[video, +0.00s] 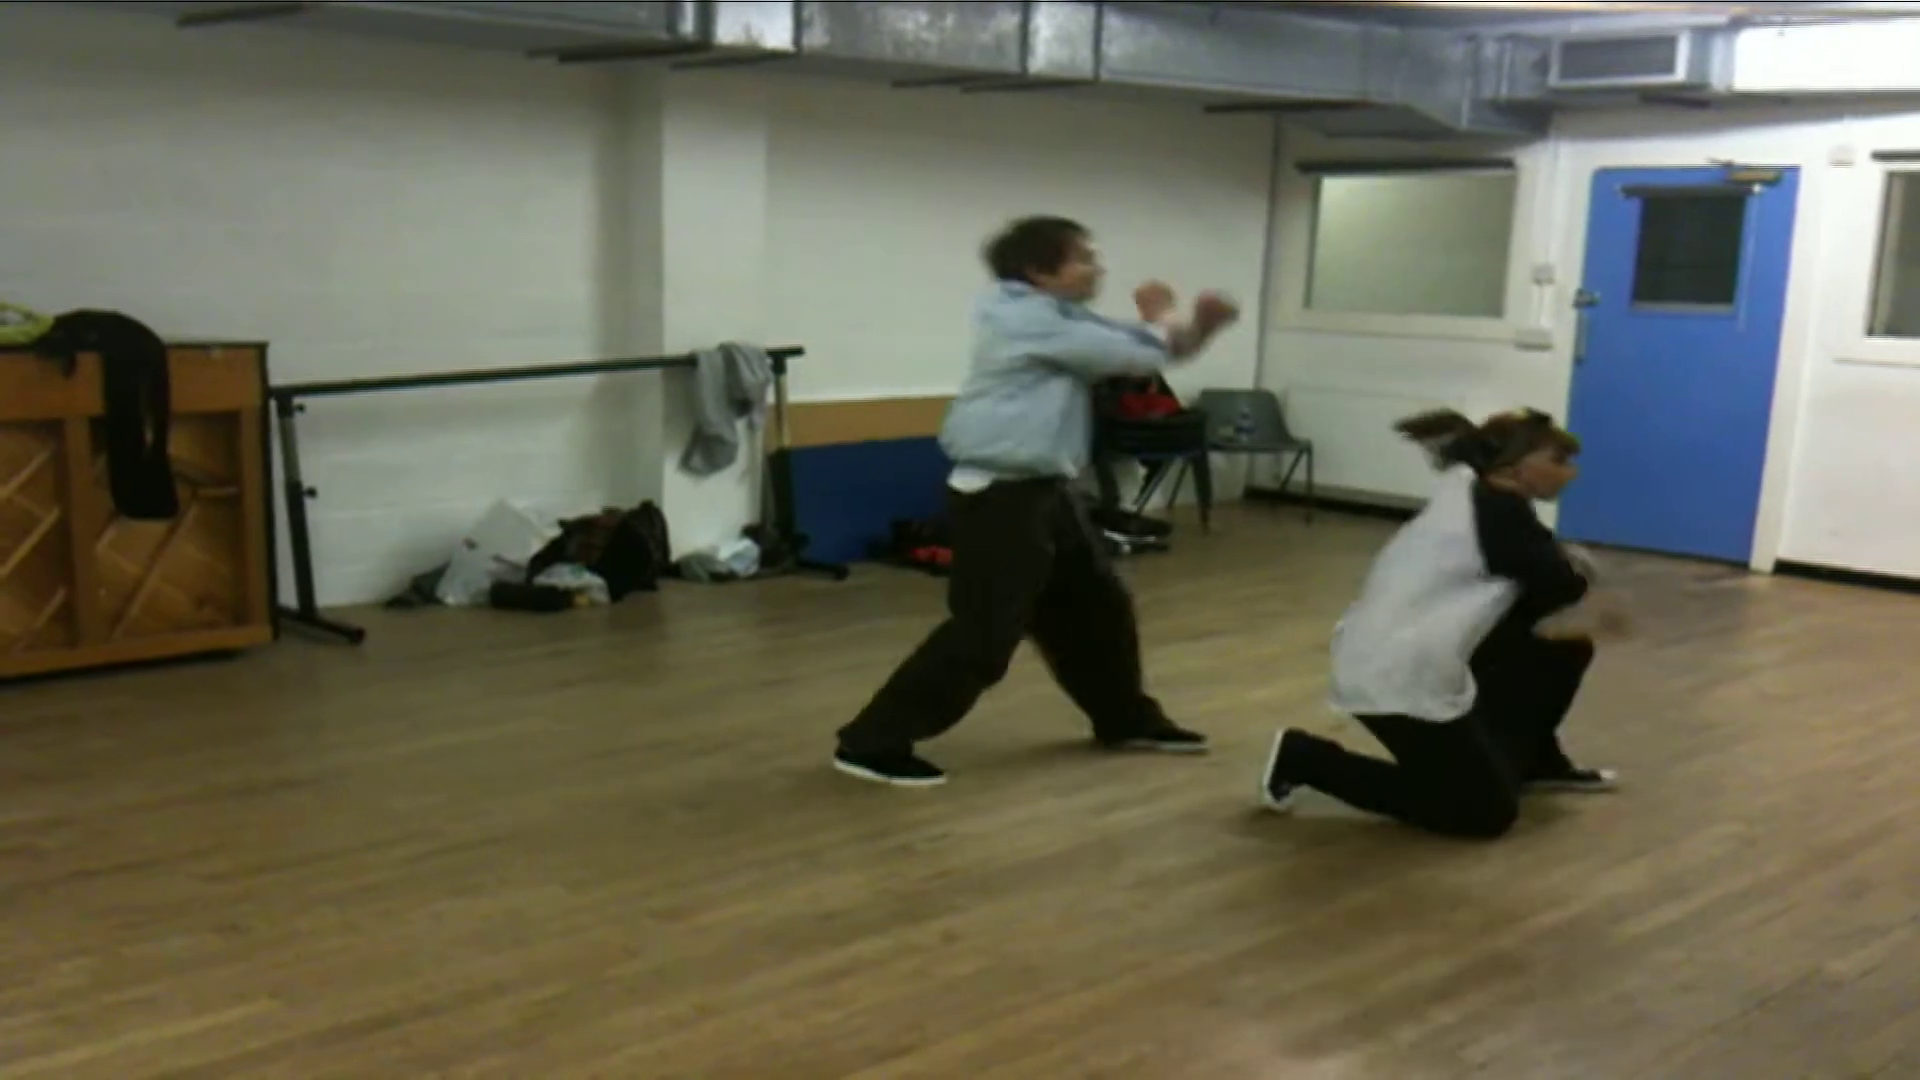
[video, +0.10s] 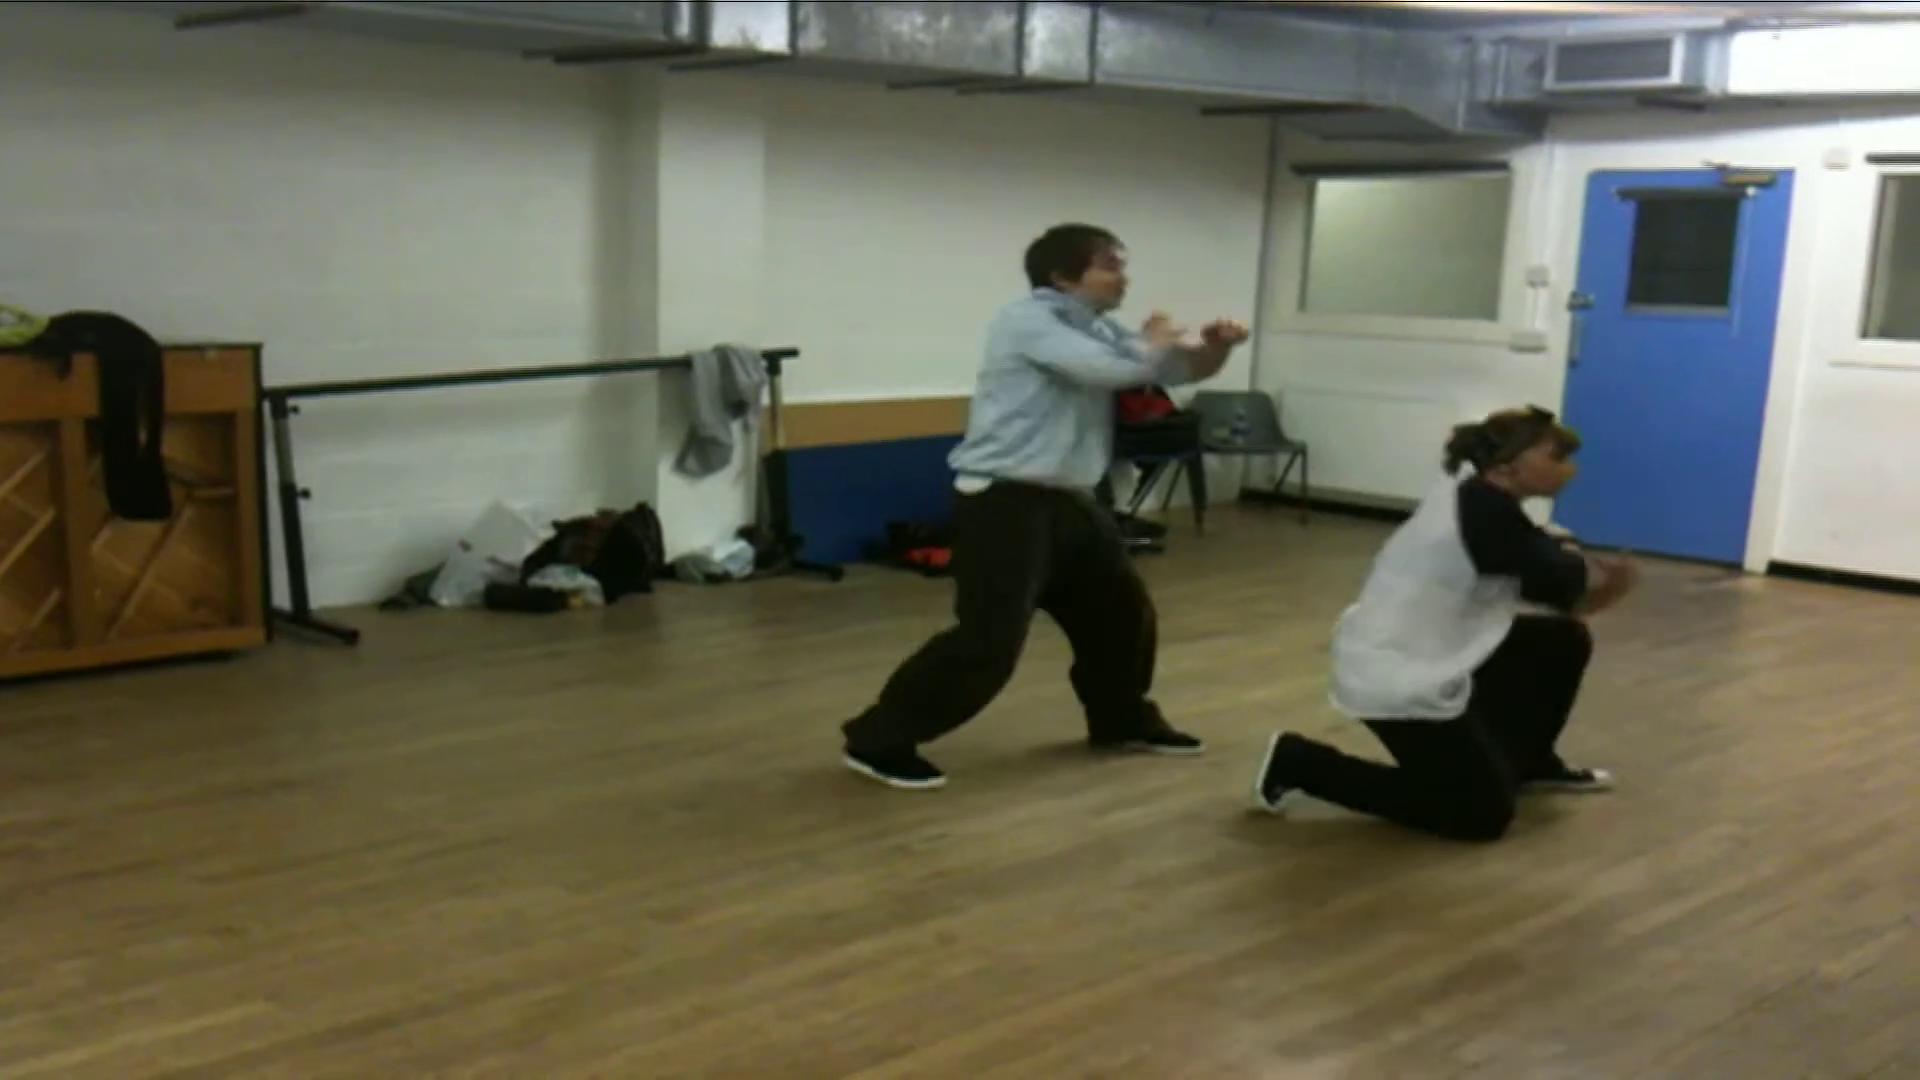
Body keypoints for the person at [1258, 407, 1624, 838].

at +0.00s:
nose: (1569, 471)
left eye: (1568, 460)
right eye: (1557, 460)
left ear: (1510, 468)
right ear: (1517, 468)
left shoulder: (1471, 493)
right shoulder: (1501, 516)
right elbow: (1567, 589)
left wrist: (1579, 618)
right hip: (1396, 682)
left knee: (1565, 649)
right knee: (1484, 812)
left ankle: (1535, 756)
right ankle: (1307, 760)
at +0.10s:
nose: (1567, 468)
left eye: (1564, 456)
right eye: (1555, 457)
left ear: (1505, 469)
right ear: (1508, 469)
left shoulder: (1473, 495)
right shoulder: (1484, 511)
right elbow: (1562, 583)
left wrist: (1589, 595)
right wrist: (1579, 561)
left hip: (1435, 651)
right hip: (1396, 679)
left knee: (1562, 642)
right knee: (1480, 813)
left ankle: (1531, 761)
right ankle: (1301, 763)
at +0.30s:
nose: (1556, 481)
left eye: (1554, 471)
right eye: (1545, 473)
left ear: (1505, 483)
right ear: (1501, 484)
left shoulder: (1513, 513)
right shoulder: (1460, 530)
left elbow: (1571, 483)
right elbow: (1476, 565)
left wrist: (1569, 528)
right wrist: (1542, 554)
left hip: (1462, 651)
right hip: (1409, 677)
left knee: (1596, 646)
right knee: (1476, 812)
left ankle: (1534, 758)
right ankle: (1294, 759)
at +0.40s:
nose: (1580, 471)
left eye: (1580, 461)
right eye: (1570, 460)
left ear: (1532, 468)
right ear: (1528, 467)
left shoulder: (1531, 519)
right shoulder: (1479, 518)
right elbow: (1450, 590)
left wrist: (1540, 618)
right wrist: (1516, 615)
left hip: (1472, 661)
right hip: (1414, 674)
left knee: (1600, 647)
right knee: (1475, 811)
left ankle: (1533, 759)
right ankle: (1293, 759)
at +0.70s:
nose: (1598, 407)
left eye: (1590, 397)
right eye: (1584, 400)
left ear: (1546, 420)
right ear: (1552, 418)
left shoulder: (1521, 461)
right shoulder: (1533, 479)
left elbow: (1513, 559)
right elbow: (1489, 574)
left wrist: (1562, 604)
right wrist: (1522, 646)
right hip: (1423, 635)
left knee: (1609, 654)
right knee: (1476, 767)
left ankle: (1532, 759)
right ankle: (1283, 758)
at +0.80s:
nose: (1572, 374)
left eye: (1566, 363)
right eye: (1556, 366)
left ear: (1527, 391)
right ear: (1520, 388)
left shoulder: (1533, 451)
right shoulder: (1497, 451)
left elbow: (1577, 531)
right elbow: (1569, 528)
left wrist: (1633, 575)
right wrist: (1636, 574)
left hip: (1469, 589)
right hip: (1402, 603)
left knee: (1587, 654)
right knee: (1490, 707)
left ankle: (1535, 760)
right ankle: (1314, 753)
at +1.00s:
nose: (1498, 305)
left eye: (1492, 296)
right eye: (1479, 300)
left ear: (1495, 309)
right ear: (1445, 324)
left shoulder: (1505, 387)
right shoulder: (1432, 377)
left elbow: (1557, 382)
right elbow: (1431, 371)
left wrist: (1623, 370)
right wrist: (1491, 331)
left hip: (1386, 548)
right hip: (1317, 552)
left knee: (1496, 654)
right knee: (1413, 675)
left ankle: (1430, 753)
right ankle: (1330, 788)